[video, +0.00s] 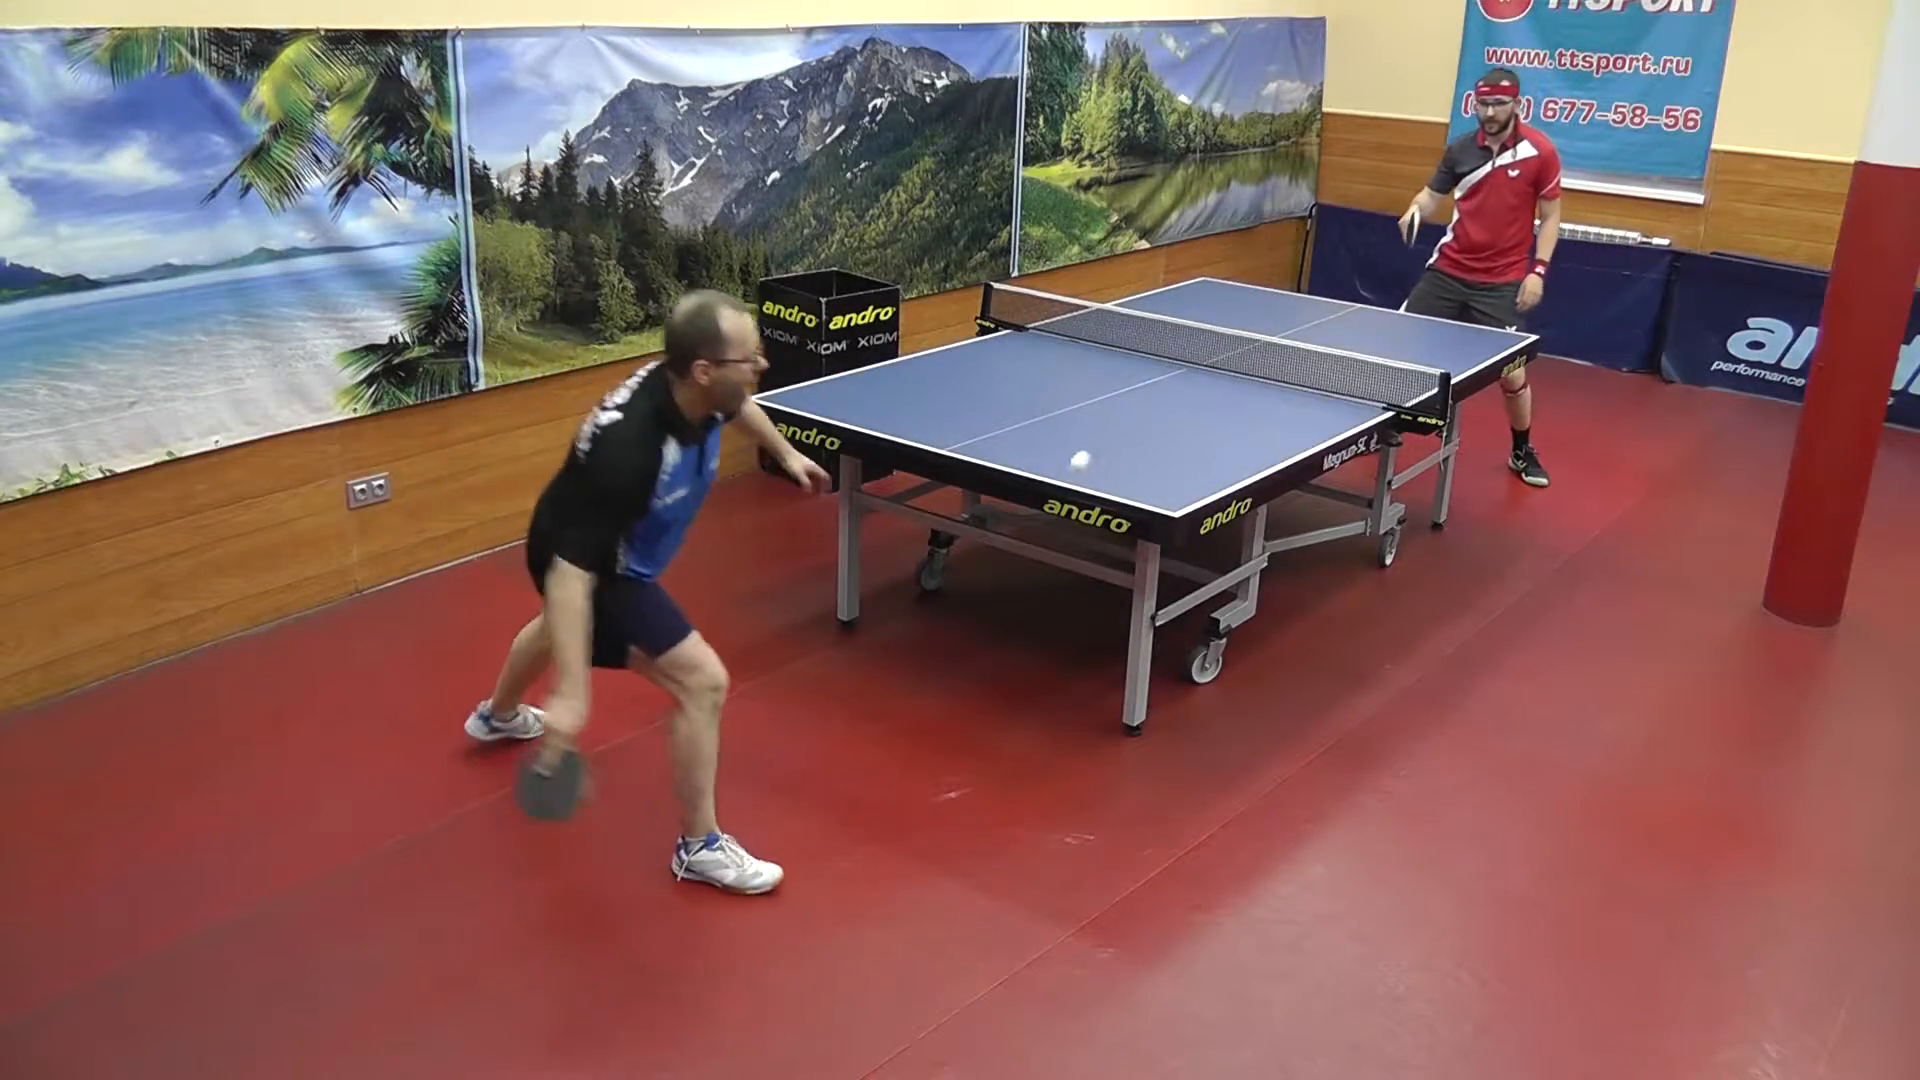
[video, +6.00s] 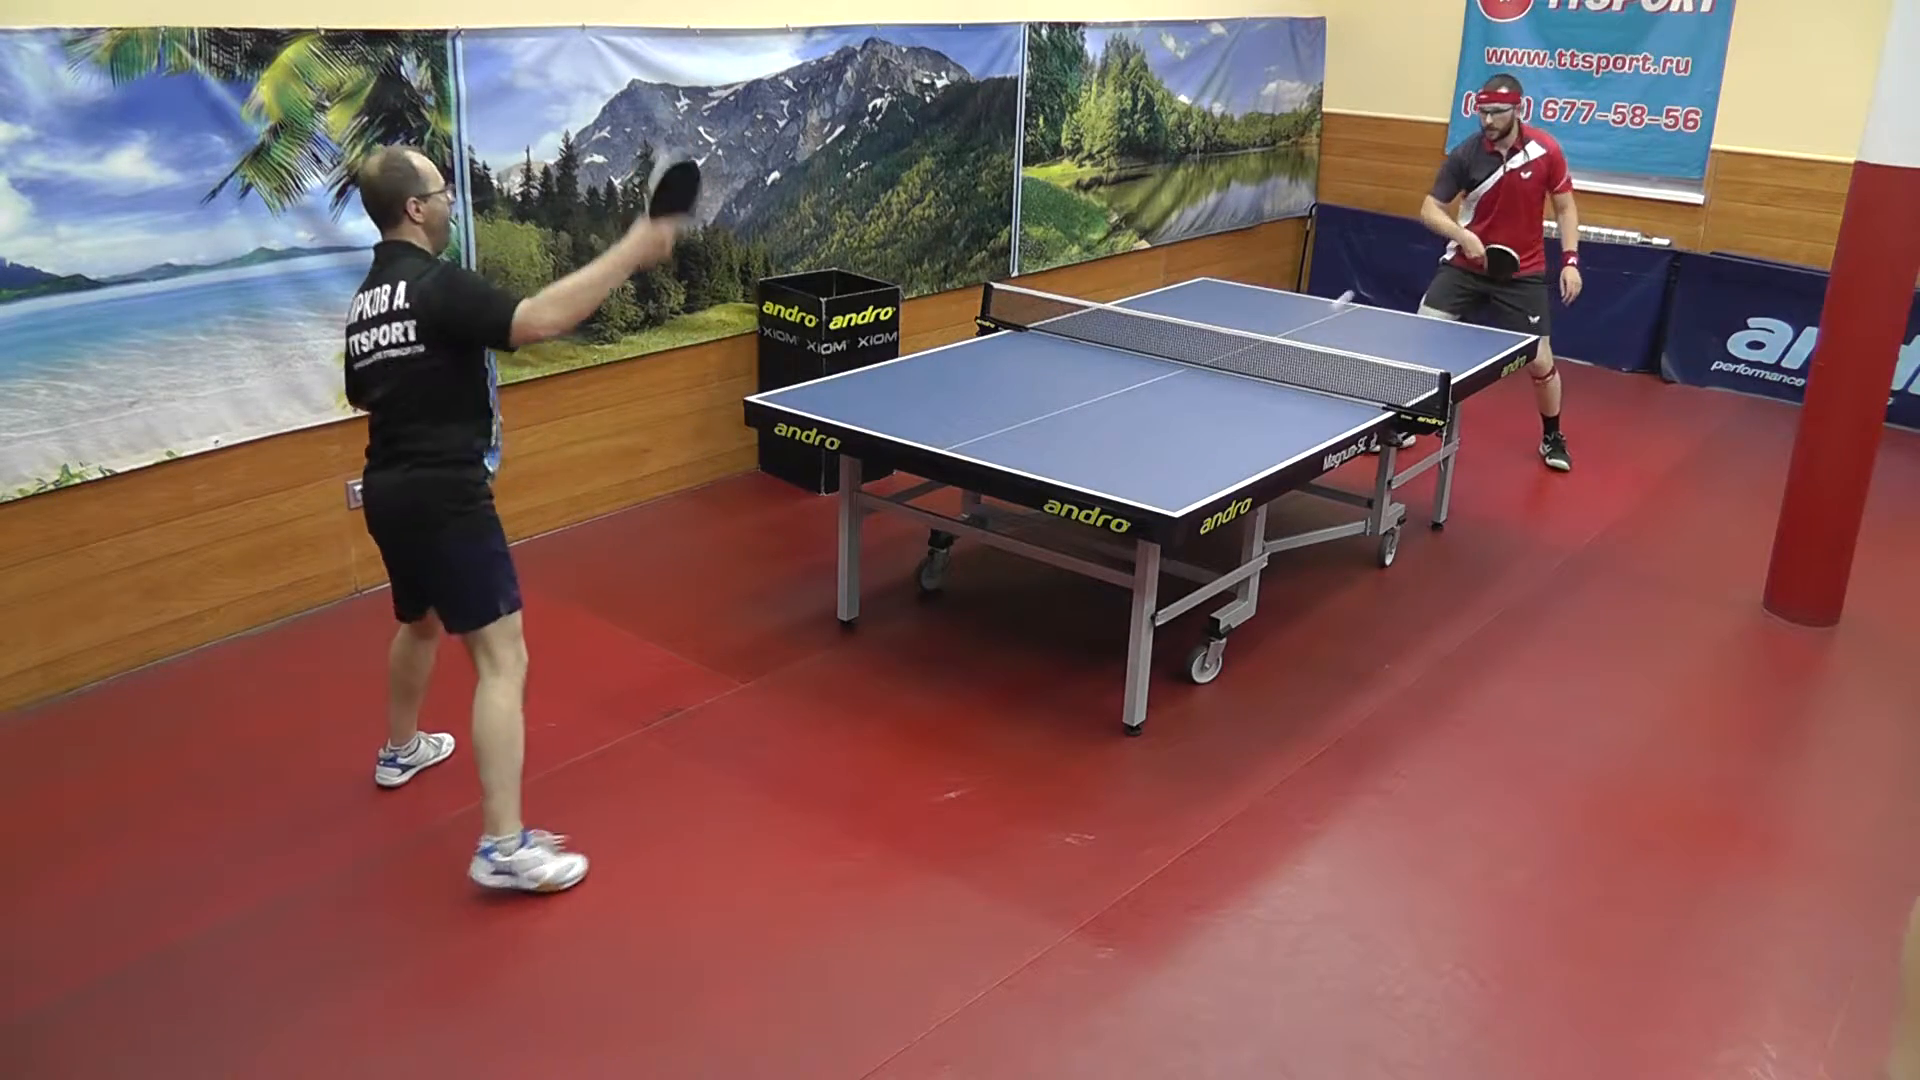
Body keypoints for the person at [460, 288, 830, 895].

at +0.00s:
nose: (758, 368)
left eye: (756, 356)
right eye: (747, 360)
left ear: (707, 368)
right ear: (701, 371)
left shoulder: (693, 384)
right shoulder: (626, 445)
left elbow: (734, 399)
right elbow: (569, 572)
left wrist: (783, 449)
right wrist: (571, 697)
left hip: (611, 556)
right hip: (596, 575)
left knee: (556, 627)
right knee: (703, 683)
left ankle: (496, 712)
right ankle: (701, 842)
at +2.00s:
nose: (612, 270)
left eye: (607, 258)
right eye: (606, 259)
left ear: (540, 275)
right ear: (588, 273)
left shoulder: (494, 357)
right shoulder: (622, 353)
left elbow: (435, 463)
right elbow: (732, 401)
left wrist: (483, 522)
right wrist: (856, 405)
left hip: (476, 567)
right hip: (564, 574)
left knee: (436, 700)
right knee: (643, 700)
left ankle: (388, 821)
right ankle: (630, 874)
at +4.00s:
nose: (526, 258)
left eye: (522, 245)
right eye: (520, 248)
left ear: (456, 255)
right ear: (496, 258)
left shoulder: (408, 324)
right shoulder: (504, 342)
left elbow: (367, 427)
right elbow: (556, 469)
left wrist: (425, 456)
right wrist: (566, 499)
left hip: (383, 529)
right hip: (453, 540)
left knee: (418, 638)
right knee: (529, 696)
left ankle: (389, 755)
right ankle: (532, 874)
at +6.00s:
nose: (450, 200)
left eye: (443, 187)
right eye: (441, 191)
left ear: (390, 213)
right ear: (417, 208)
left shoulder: (368, 299)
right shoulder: (439, 287)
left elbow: (360, 395)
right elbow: (535, 321)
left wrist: (440, 382)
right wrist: (630, 252)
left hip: (389, 493)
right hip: (450, 492)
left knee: (418, 623)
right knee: (501, 661)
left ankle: (400, 747)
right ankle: (504, 843)